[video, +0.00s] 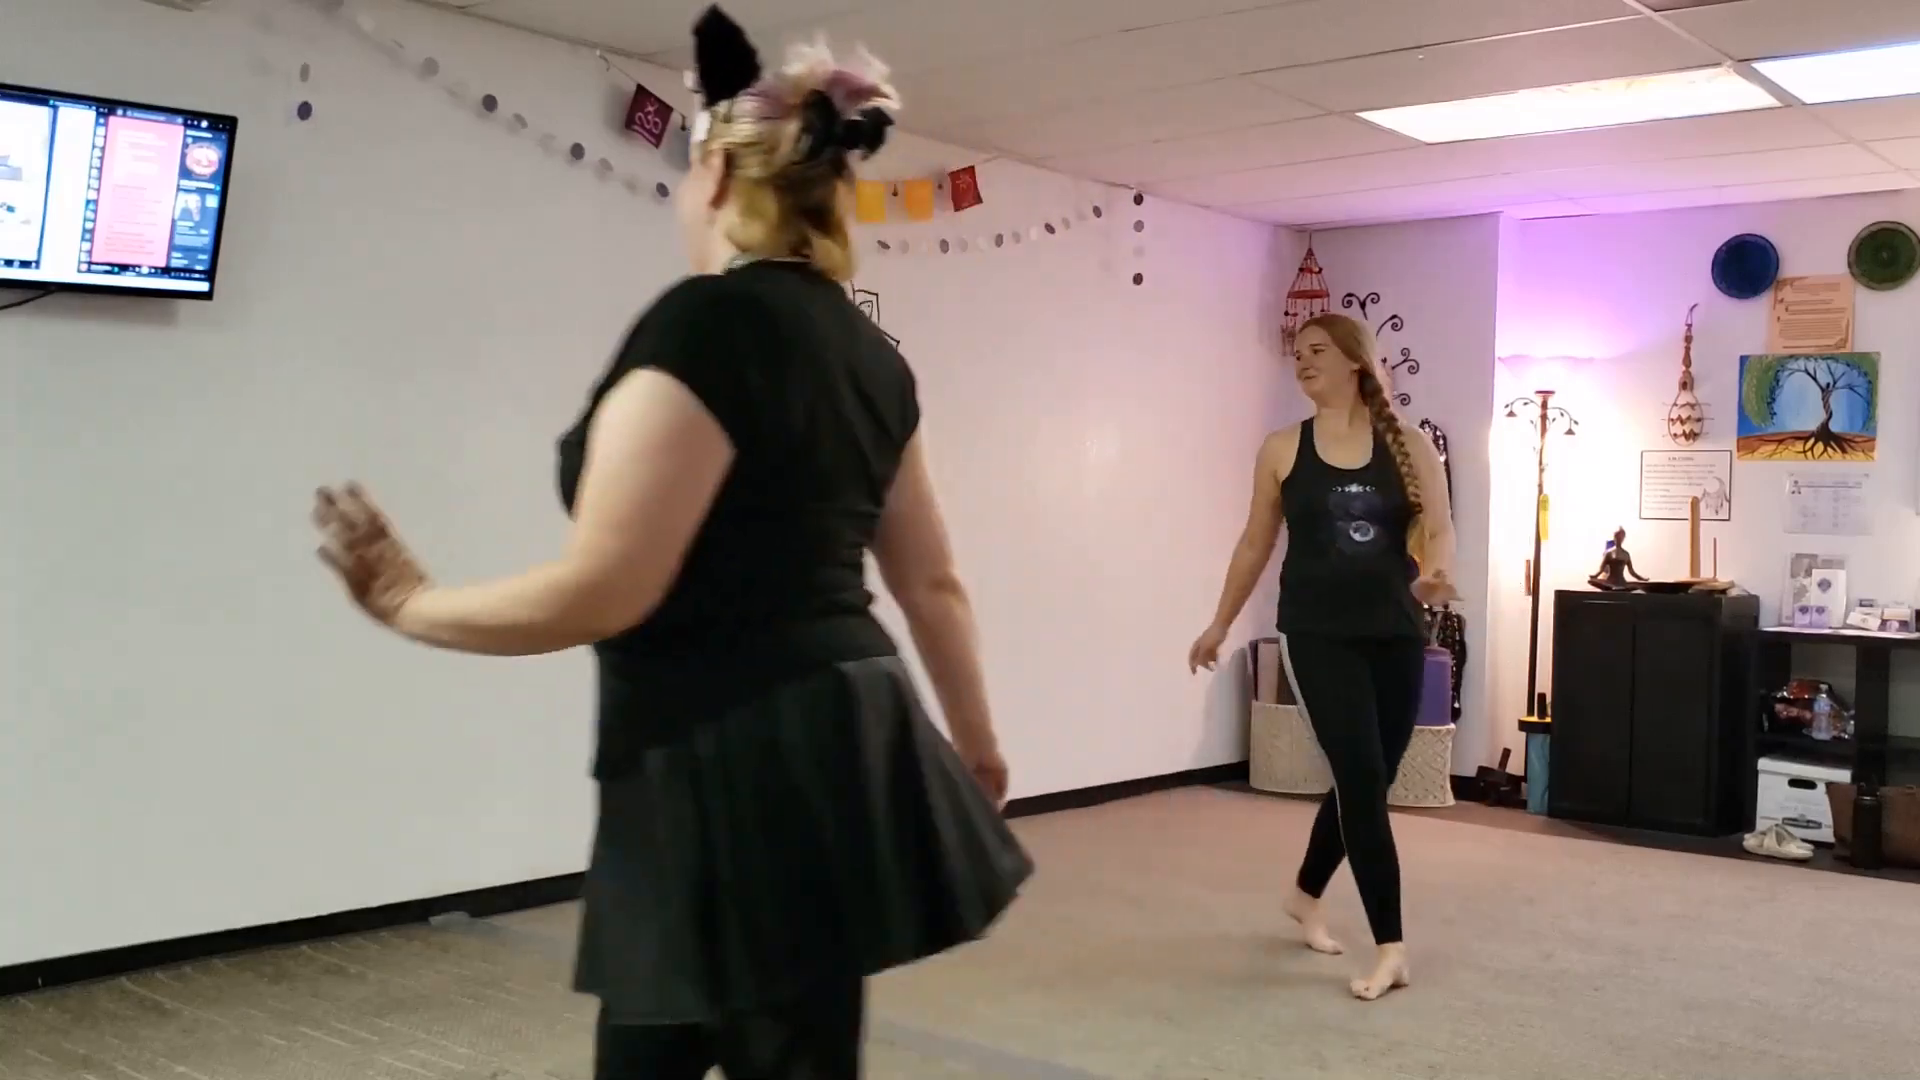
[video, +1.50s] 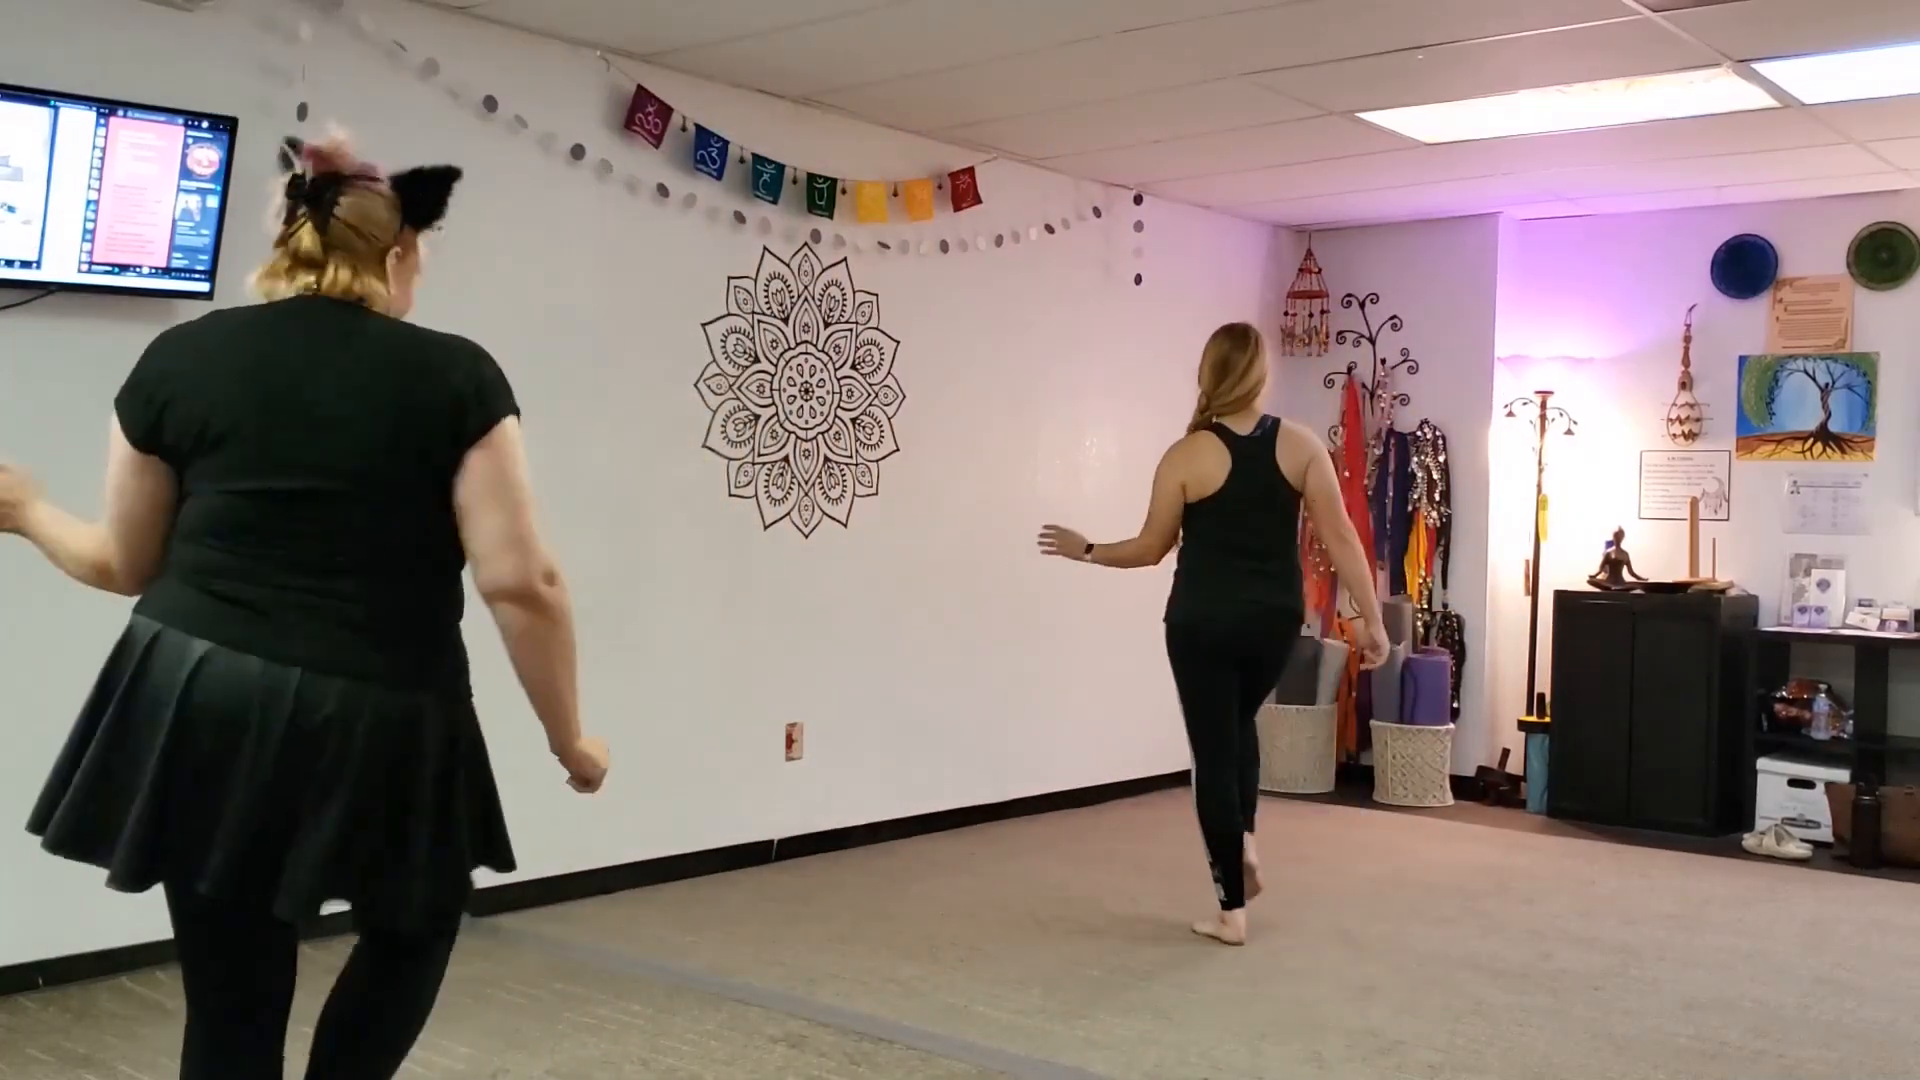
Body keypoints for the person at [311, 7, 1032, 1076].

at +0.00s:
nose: (679, 201)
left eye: (685, 176)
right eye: (683, 176)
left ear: (719, 172)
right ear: (823, 192)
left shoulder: (706, 326)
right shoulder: (870, 355)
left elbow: (605, 588)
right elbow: (930, 580)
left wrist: (408, 602)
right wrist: (978, 741)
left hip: (707, 761)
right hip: (843, 736)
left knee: (646, 1054)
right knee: (802, 1052)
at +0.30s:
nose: (545, 191)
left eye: (546, 167)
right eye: (545, 169)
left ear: (570, 169)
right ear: (694, 179)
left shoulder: (520, 298)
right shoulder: (757, 351)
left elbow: (434, 557)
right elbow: (818, 585)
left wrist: (332, 725)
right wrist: (845, 746)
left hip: (536, 716)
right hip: (699, 713)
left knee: (446, 1035)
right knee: (575, 1044)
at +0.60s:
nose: (413, 212)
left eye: (416, 194)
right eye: (415, 193)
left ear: (435, 190)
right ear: (560, 179)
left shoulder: (404, 295)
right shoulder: (671, 323)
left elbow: (312, 472)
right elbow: (753, 555)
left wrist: (277, 560)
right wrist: (711, 665)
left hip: (404, 697)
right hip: (606, 717)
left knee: (282, 968)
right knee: (511, 1047)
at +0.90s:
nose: (326, 227)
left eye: (326, 206)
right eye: (325, 206)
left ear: (348, 207)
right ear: (471, 196)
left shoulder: (309, 336)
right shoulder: (582, 341)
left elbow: (223, 561)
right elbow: (660, 573)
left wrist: (138, 423)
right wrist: (618, 651)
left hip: (324, 714)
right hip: (517, 717)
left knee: (277, 1047)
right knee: (478, 1053)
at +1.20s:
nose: (260, 230)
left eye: (261, 211)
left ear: (272, 219)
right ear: (397, 213)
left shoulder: (232, 364)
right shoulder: (498, 351)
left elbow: (90, 570)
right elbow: (591, 557)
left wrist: (6, 401)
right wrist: (596, 680)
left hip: (229, 723)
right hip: (417, 730)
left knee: (218, 1042)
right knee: (402, 1040)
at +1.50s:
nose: (418, 281)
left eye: (419, 262)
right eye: (417, 261)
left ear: (285, 245)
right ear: (395, 256)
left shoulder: (182, 358)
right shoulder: (452, 376)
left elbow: (126, 565)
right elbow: (517, 580)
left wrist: (26, 511)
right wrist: (569, 737)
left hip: (203, 700)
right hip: (382, 716)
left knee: (232, 1004)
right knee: (416, 922)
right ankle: (340, 1072)